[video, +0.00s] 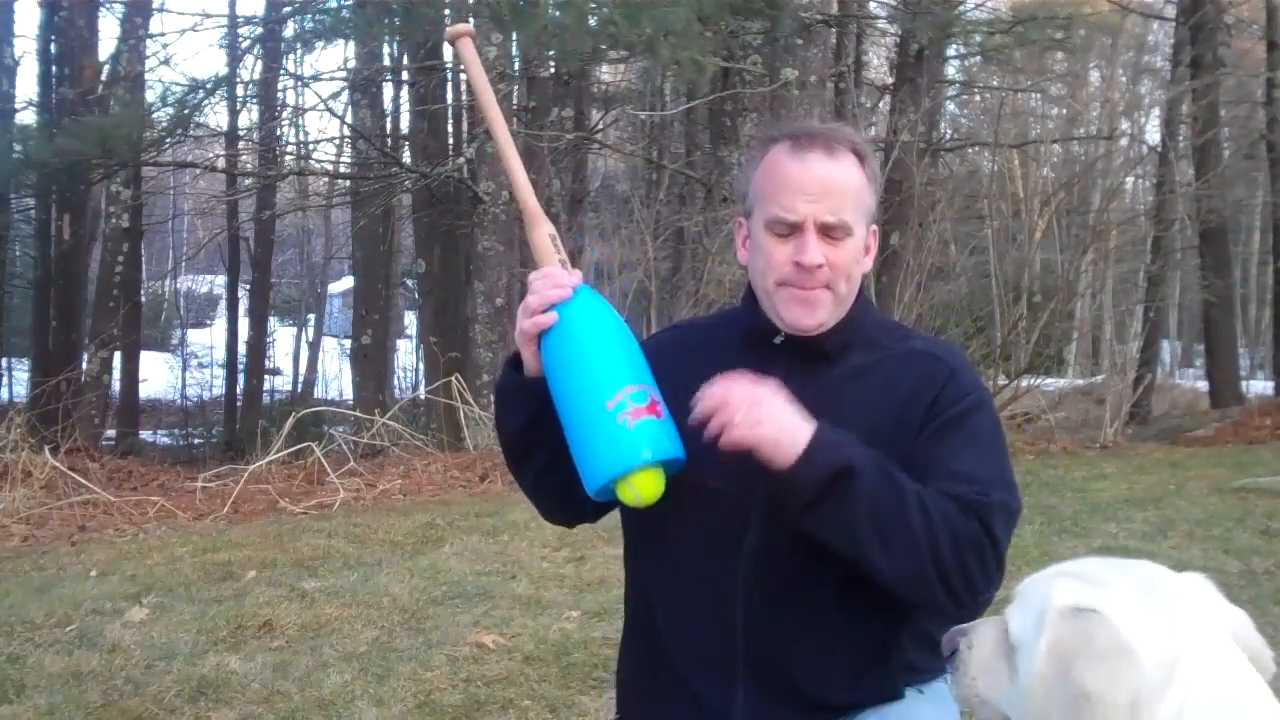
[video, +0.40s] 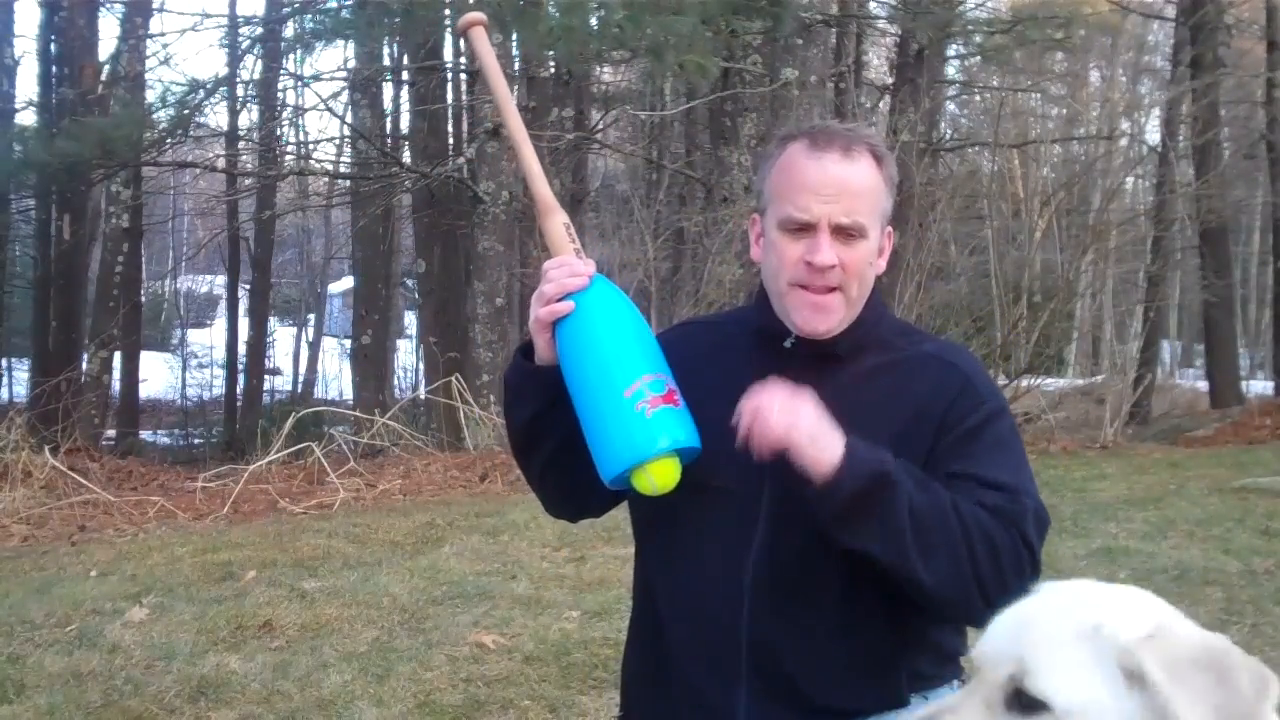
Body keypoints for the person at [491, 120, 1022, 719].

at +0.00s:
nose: (807, 255)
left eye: (833, 232)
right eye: (783, 229)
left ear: (869, 249)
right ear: (744, 240)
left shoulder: (934, 383)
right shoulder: (669, 360)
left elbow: (965, 570)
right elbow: (569, 497)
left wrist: (808, 450)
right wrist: (532, 370)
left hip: (875, 699)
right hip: (680, 697)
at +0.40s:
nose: (820, 256)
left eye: (847, 232)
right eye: (798, 228)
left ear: (883, 248)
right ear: (757, 239)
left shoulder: (946, 387)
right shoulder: (678, 359)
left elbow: (998, 566)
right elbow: (575, 491)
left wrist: (844, 467)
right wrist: (544, 363)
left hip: (880, 707)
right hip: (682, 702)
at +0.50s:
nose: (820, 255)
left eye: (846, 231)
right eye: (797, 228)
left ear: (883, 250)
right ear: (757, 239)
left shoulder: (944, 391)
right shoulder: (676, 363)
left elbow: (1018, 560)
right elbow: (575, 490)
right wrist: (546, 362)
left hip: (879, 706)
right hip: (684, 703)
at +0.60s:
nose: (814, 256)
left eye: (841, 232)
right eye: (792, 229)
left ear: (880, 251)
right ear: (753, 241)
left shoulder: (947, 397)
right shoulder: (675, 366)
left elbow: (1022, 580)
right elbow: (575, 489)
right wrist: (543, 360)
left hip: (851, 708)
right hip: (675, 704)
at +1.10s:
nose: (804, 255)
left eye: (830, 229)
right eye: (781, 228)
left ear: (873, 248)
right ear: (747, 243)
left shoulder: (951, 399)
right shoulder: (680, 369)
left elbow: (1027, 582)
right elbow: (585, 507)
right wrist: (550, 376)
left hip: (853, 716)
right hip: (677, 706)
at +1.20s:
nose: (806, 253)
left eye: (832, 229)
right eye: (784, 228)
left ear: (875, 248)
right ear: (749, 242)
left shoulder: (948, 398)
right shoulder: (678, 369)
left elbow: (1009, 590)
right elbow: (594, 517)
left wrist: (826, 599)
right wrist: (566, 397)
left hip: (860, 708)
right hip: (681, 706)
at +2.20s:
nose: (794, 249)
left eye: (821, 225)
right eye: (773, 223)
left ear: (867, 248)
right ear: (742, 239)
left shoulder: (948, 395)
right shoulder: (676, 368)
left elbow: (977, 587)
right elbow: (605, 528)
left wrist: (794, 548)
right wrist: (572, 411)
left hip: (861, 706)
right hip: (680, 703)